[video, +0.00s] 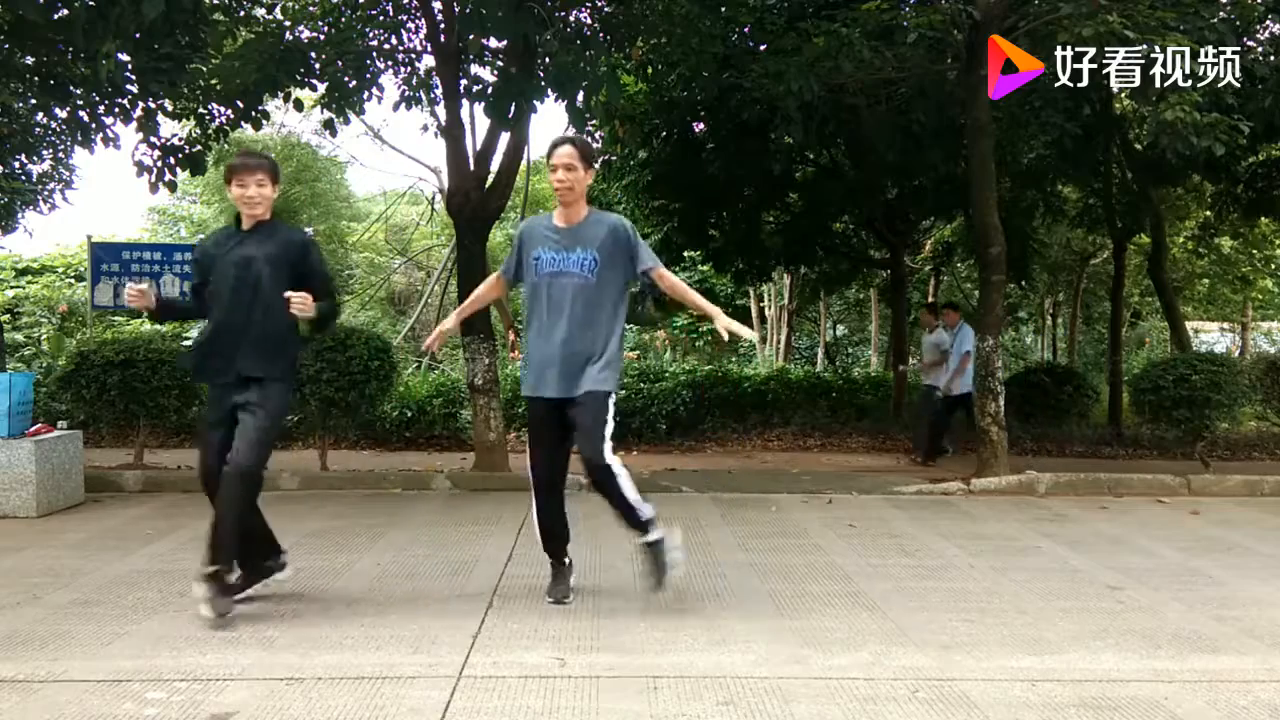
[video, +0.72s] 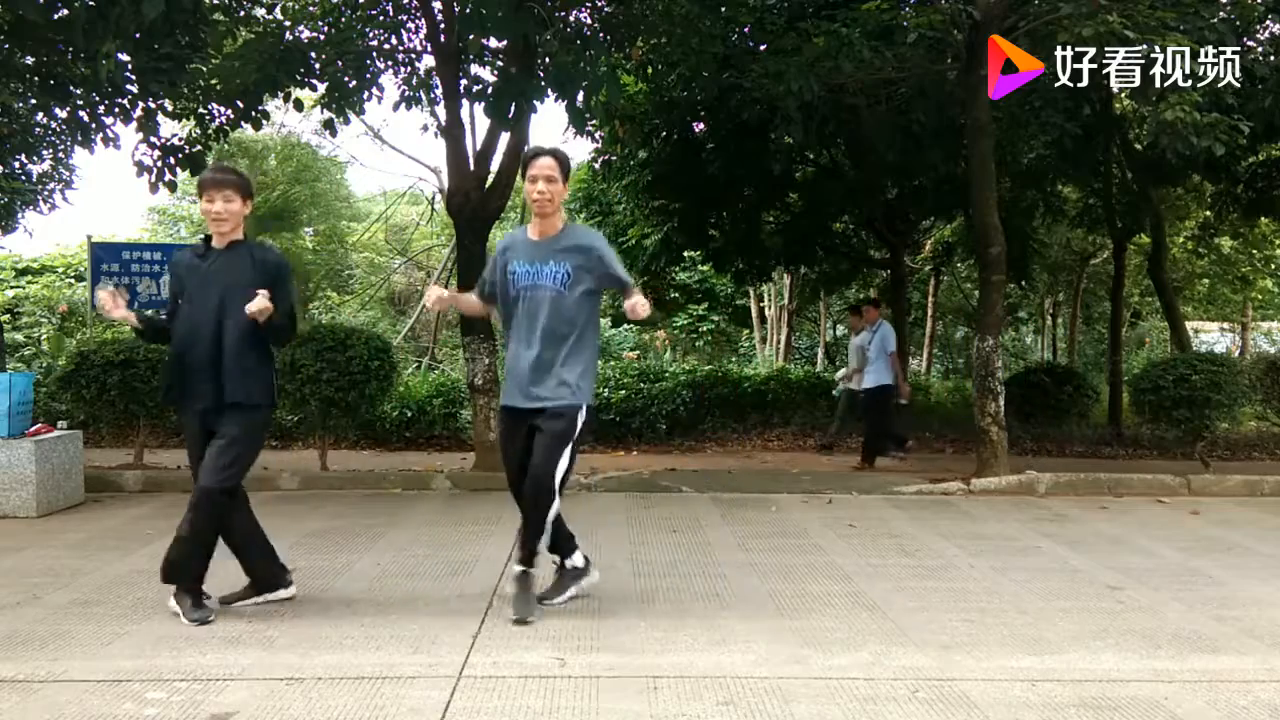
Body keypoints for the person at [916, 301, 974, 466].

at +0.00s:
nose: (945, 319)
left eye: (947, 315)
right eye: (943, 315)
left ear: (957, 315)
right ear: (945, 317)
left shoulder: (965, 331)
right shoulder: (954, 333)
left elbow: (965, 359)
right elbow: (953, 359)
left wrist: (950, 382)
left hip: (962, 388)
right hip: (951, 388)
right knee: (937, 423)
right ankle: (929, 455)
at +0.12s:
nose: (928, 317)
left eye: (931, 313)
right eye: (927, 314)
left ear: (940, 312)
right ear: (930, 315)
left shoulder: (950, 329)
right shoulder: (938, 332)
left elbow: (951, 357)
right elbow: (933, 360)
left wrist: (939, 380)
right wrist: (913, 368)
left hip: (949, 384)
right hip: (935, 385)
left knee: (950, 420)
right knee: (928, 422)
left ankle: (974, 445)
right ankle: (926, 456)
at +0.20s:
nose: (922, 316)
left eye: (924, 312)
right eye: (921, 313)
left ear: (933, 311)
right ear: (925, 314)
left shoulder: (944, 329)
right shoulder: (930, 331)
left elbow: (948, 354)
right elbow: (926, 358)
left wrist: (938, 379)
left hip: (940, 384)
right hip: (928, 384)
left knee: (930, 419)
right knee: (929, 420)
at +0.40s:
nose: (901, 316)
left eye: (904, 312)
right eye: (900, 312)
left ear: (914, 312)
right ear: (902, 314)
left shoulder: (925, 330)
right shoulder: (909, 332)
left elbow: (932, 355)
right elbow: (905, 358)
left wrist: (936, 380)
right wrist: (886, 366)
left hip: (920, 381)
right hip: (907, 382)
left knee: (905, 418)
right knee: (918, 420)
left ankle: (902, 455)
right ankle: (926, 455)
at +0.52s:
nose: (886, 317)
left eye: (889, 313)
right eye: (886, 313)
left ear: (900, 314)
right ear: (888, 315)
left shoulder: (910, 332)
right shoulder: (892, 333)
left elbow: (919, 358)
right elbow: (891, 359)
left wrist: (929, 380)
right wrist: (873, 363)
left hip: (905, 385)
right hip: (894, 385)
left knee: (884, 420)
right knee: (909, 422)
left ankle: (870, 457)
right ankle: (925, 455)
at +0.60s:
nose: (879, 317)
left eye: (882, 313)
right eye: (878, 314)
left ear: (892, 313)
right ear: (881, 315)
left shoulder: (902, 332)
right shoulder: (885, 333)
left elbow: (911, 357)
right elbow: (884, 360)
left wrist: (918, 373)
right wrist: (867, 364)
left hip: (896, 385)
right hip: (885, 385)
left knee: (880, 422)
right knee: (902, 421)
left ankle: (868, 459)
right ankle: (922, 453)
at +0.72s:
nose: (864, 316)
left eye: (867, 312)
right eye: (863, 312)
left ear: (876, 311)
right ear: (865, 314)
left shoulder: (886, 328)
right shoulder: (871, 331)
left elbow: (893, 356)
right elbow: (870, 361)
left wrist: (901, 382)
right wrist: (854, 372)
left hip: (882, 384)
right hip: (869, 384)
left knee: (873, 423)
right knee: (875, 422)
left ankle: (867, 459)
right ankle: (902, 443)